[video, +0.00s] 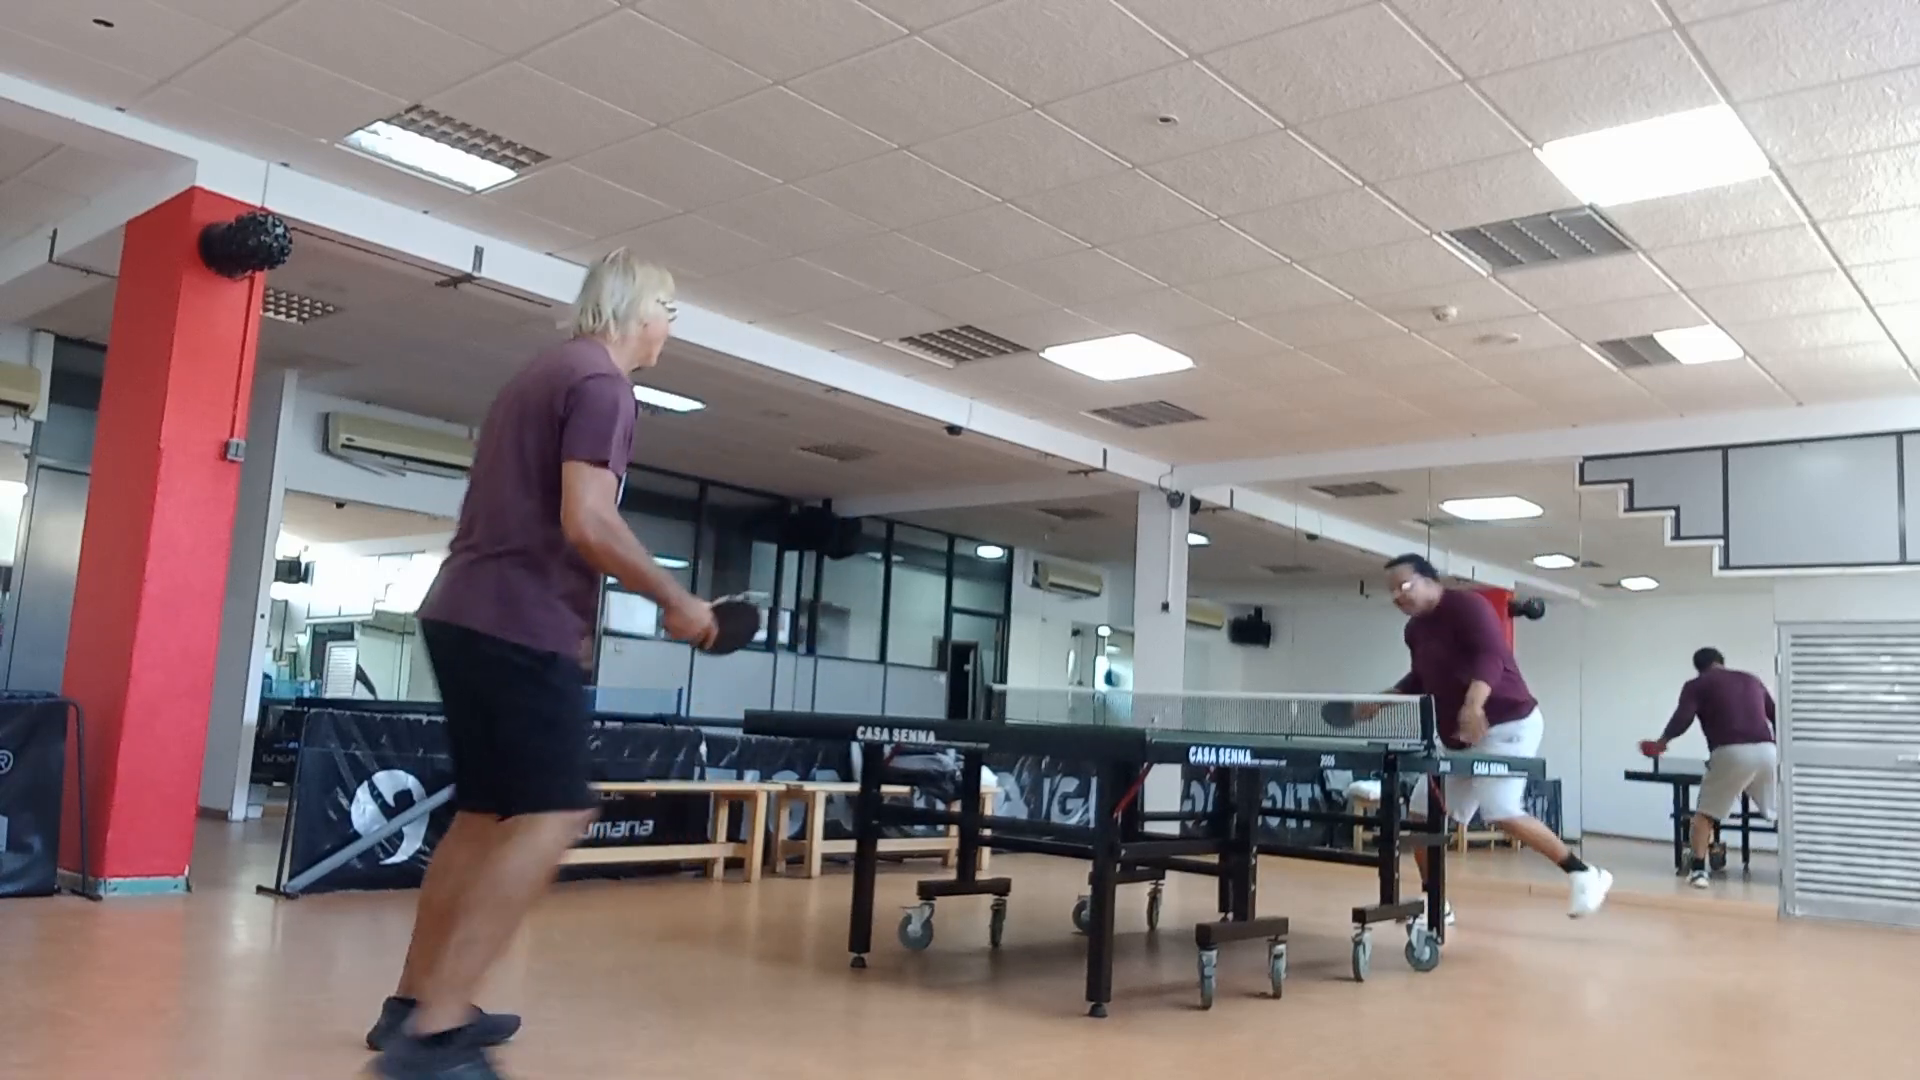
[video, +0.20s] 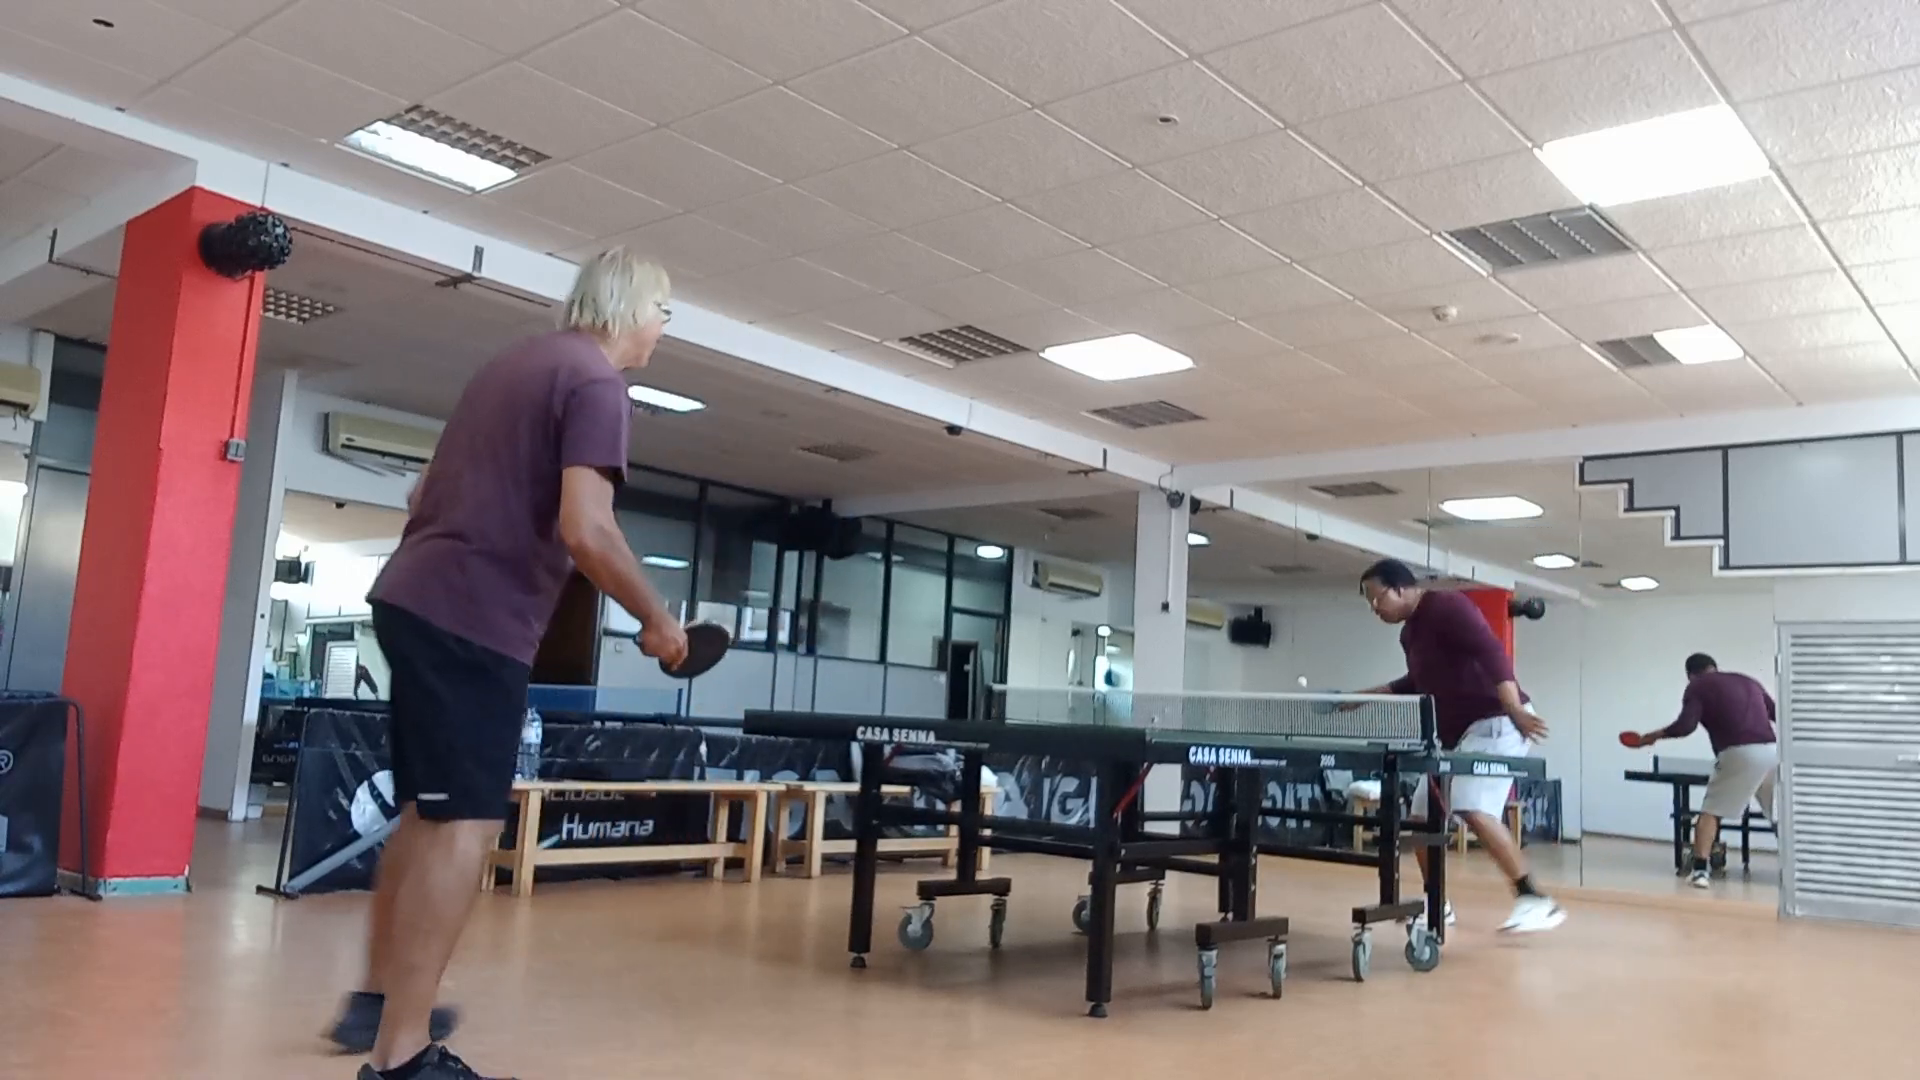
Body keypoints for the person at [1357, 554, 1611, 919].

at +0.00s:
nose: (1399, 596)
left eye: (1404, 586)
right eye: (1393, 591)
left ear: (1428, 579)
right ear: (1394, 594)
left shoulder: (1469, 605)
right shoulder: (1415, 630)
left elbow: (1491, 655)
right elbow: (1423, 678)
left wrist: (1472, 704)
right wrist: (1381, 702)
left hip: (1511, 724)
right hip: (1462, 738)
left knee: (1501, 809)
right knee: (1421, 819)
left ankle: (1583, 874)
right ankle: (1436, 905)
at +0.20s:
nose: (1374, 610)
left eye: (1376, 600)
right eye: (1371, 603)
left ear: (1399, 589)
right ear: (1396, 594)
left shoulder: (1449, 606)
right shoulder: (1410, 633)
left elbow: (1493, 652)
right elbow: (1420, 682)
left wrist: (1514, 707)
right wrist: (1366, 696)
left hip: (1497, 723)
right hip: (1456, 734)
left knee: (1473, 805)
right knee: (1420, 821)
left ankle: (1534, 898)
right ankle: (1437, 908)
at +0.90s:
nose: (1403, 570)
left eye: (1411, 561)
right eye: (1396, 563)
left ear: (1433, 562)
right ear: (1391, 569)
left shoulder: (1473, 598)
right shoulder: (1388, 607)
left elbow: (1526, 643)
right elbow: (1356, 651)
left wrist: (1569, 694)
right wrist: (1332, 687)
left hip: (1471, 723)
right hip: (1416, 725)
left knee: (1472, 815)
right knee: (1389, 813)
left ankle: (1511, 919)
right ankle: (1384, 895)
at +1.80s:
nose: (1438, 595)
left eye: (1446, 587)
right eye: (1432, 588)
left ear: (1468, 583)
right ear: (1426, 589)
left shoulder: (1500, 615)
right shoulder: (1422, 622)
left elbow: (1537, 669)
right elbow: (1400, 676)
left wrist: (1543, 728)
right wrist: (1393, 729)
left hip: (1507, 737)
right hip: (1449, 742)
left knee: (1529, 822)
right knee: (1407, 817)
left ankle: (1565, 912)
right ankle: (1384, 892)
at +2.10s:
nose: (1431, 595)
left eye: (1438, 586)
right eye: (1423, 588)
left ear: (1456, 580)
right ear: (1416, 586)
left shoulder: (1490, 607)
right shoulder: (1404, 613)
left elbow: (1542, 642)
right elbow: (1368, 644)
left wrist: (1561, 682)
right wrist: (1410, 661)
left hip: (1502, 732)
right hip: (1446, 737)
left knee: (1532, 817)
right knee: (1407, 819)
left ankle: (1571, 911)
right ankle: (1399, 897)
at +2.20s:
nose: (1422, 594)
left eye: (1429, 585)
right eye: (1414, 587)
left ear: (1447, 579)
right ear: (1407, 586)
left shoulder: (1480, 604)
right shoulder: (1399, 605)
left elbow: (1536, 619)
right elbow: (1359, 602)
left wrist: (1584, 650)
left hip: (1498, 735)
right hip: (1438, 739)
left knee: (1533, 820)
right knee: (1403, 822)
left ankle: (1572, 912)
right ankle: (1398, 900)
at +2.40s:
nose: (1430, 569)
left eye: (1438, 561)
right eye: (1424, 562)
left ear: (1460, 564)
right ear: (1419, 567)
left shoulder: (1489, 598)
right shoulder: (1402, 597)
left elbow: (1542, 615)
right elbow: (1350, 623)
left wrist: (1590, 627)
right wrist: (1295, 647)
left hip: (1486, 729)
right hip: (1422, 731)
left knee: (1522, 817)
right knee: (1400, 825)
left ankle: (1563, 911)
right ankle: (1396, 911)